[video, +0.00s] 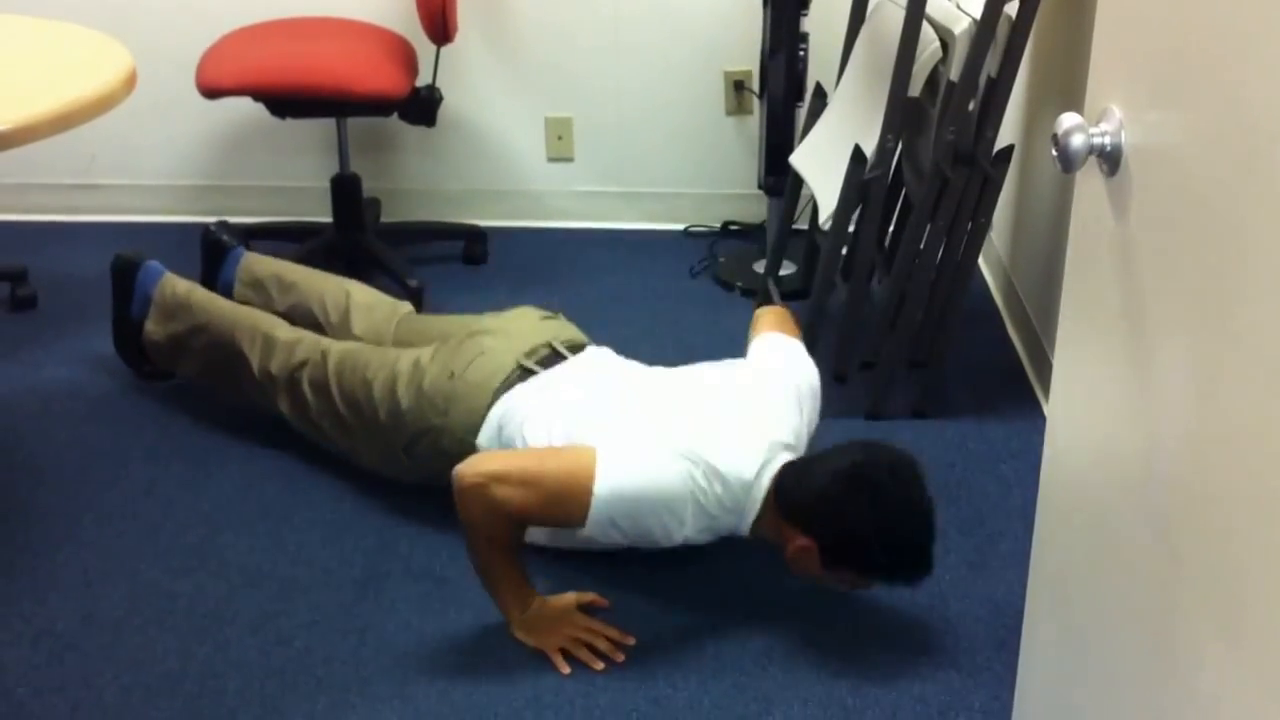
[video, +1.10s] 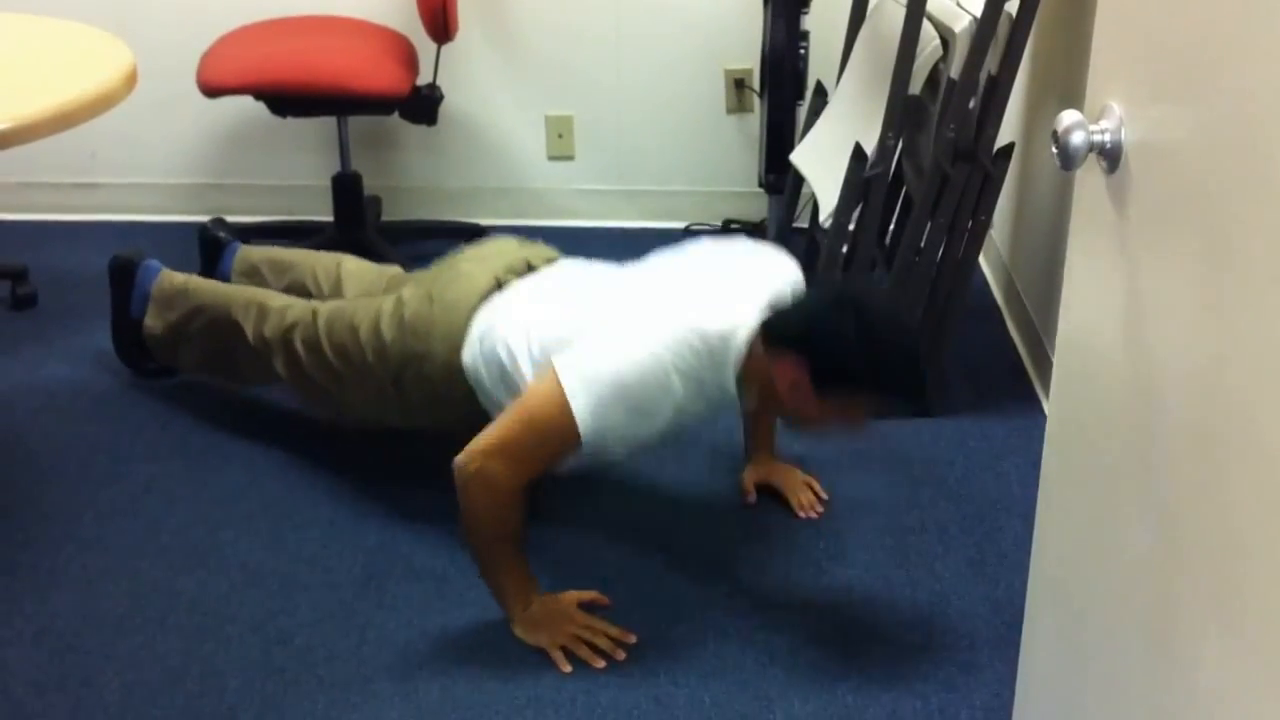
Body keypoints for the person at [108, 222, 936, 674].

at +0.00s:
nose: (834, 580)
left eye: (849, 569)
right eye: (842, 570)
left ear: (850, 463)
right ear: (810, 545)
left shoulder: (794, 392)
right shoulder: (680, 492)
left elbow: (777, 316)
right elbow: (479, 487)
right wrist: (524, 608)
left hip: (551, 340)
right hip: (474, 405)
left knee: (396, 322)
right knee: (299, 369)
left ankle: (247, 265)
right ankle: (161, 310)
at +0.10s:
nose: (836, 545)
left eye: (854, 537)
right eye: (844, 533)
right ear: (808, 499)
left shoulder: (789, 364)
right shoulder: (670, 463)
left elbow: (771, 309)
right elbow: (471, 486)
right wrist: (525, 610)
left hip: (543, 318)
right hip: (472, 388)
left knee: (392, 312)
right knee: (298, 361)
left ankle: (245, 261)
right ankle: (159, 310)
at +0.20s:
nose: (833, 464)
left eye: (850, 460)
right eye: (838, 454)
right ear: (796, 417)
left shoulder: (780, 298)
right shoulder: (654, 399)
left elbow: (752, 375)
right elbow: (472, 480)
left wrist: (758, 450)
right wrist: (526, 608)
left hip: (530, 285)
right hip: (468, 362)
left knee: (375, 291)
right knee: (292, 352)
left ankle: (237, 256)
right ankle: (157, 310)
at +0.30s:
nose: (830, 395)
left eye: (848, 388)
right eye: (834, 380)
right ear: (789, 338)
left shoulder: (770, 244)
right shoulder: (643, 335)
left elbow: (763, 352)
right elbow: (496, 461)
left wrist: (760, 453)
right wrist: (526, 606)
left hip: (522, 247)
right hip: (461, 316)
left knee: (373, 277)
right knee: (291, 338)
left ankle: (237, 252)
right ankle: (152, 307)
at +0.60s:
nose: (843, 435)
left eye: (858, 426)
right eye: (845, 421)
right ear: (796, 376)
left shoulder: (780, 272)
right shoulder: (665, 371)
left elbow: (760, 361)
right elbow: (476, 471)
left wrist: (759, 449)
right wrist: (527, 607)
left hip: (526, 264)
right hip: (464, 341)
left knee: (373, 284)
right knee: (295, 347)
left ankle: (240, 255)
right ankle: (156, 313)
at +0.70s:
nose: (847, 535)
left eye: (863, 523)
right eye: (848, 519)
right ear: (808, 478)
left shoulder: (788, 334)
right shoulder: (668, 451)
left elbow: (705, 323)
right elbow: (472, 484)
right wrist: (525, 608)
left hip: (539, 305)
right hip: (465, 383)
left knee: (391, 308)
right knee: (293, 358)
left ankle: (246, 258)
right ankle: (156, 309)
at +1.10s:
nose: (847, 426)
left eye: (864, 417)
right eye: (852, 413)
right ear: (800, 372)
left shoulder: (777, 275)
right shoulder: (655, 366)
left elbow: (761, 359)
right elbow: (482, 473)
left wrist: (759, 453)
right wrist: (526, 606)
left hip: (524, 267)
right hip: (463, 340)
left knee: (376, 287)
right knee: (293, 344)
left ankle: (242, 255)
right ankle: (158, 309)